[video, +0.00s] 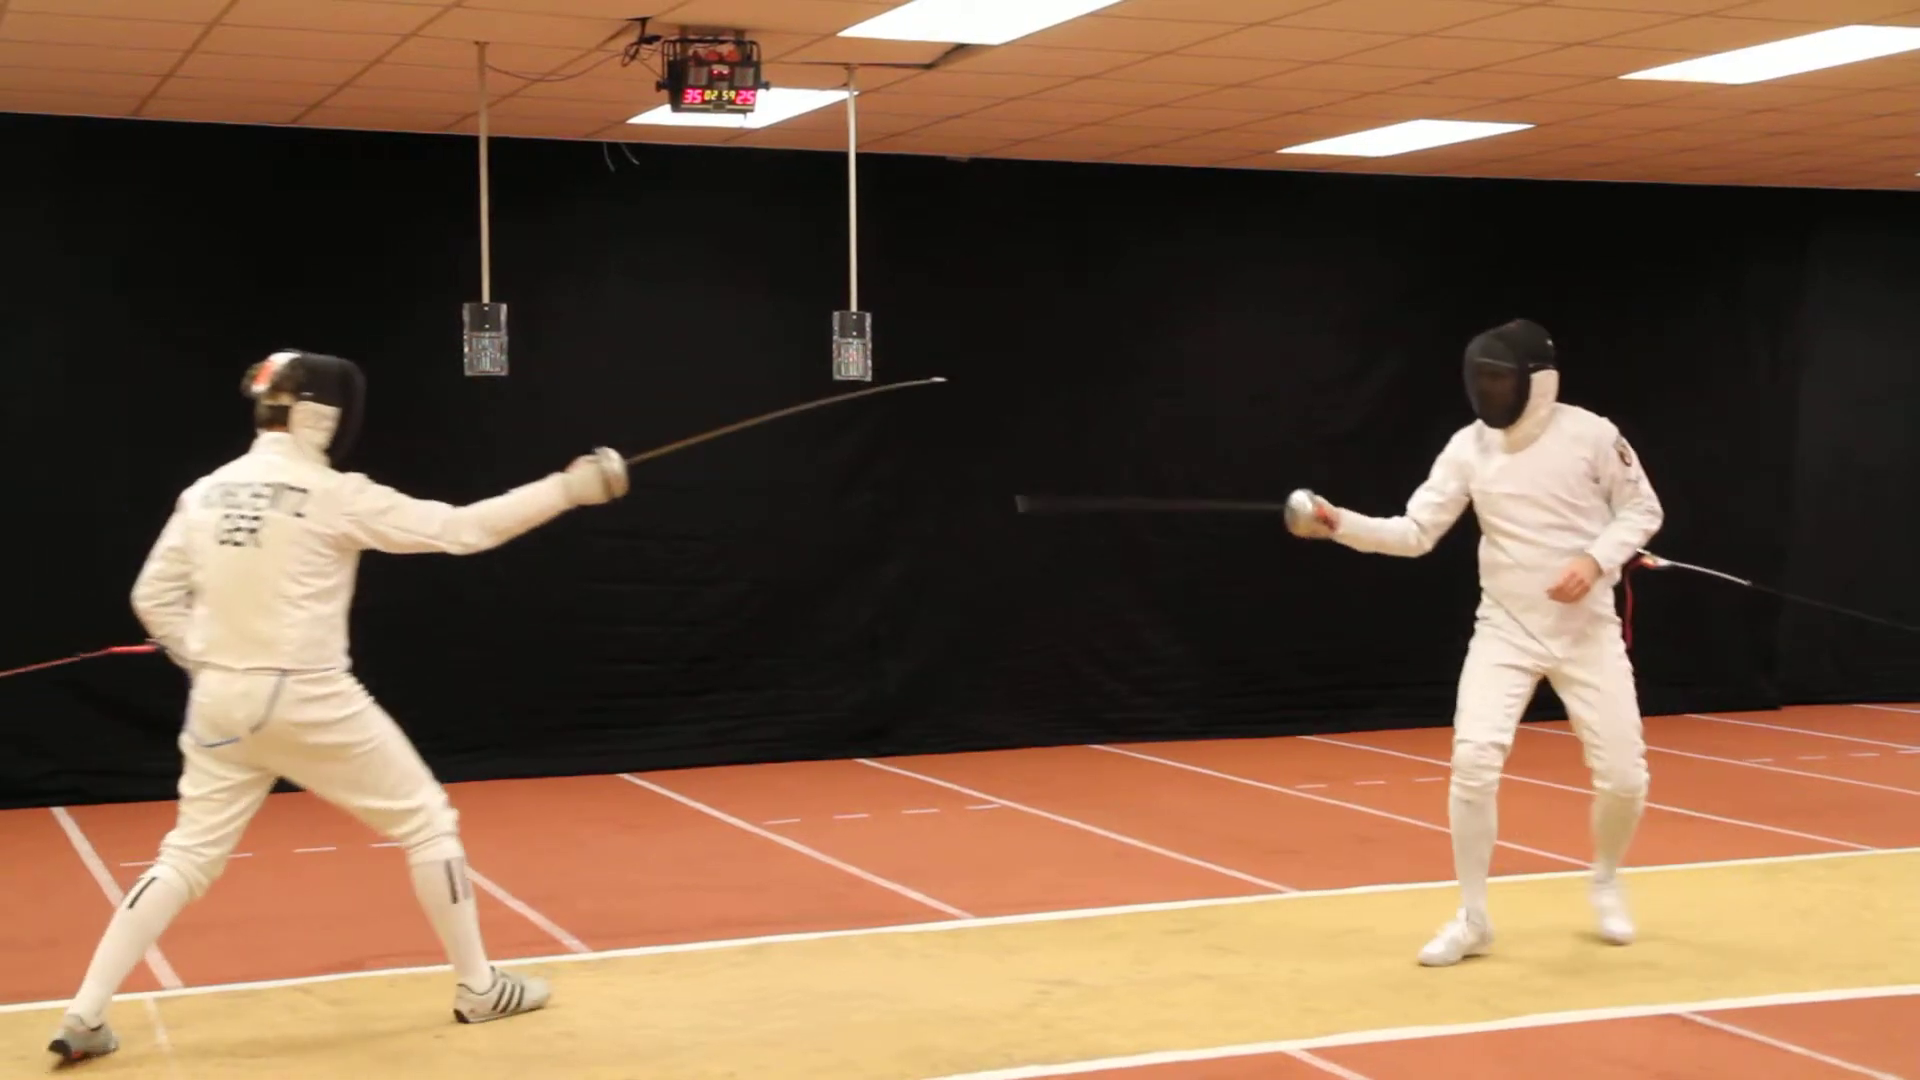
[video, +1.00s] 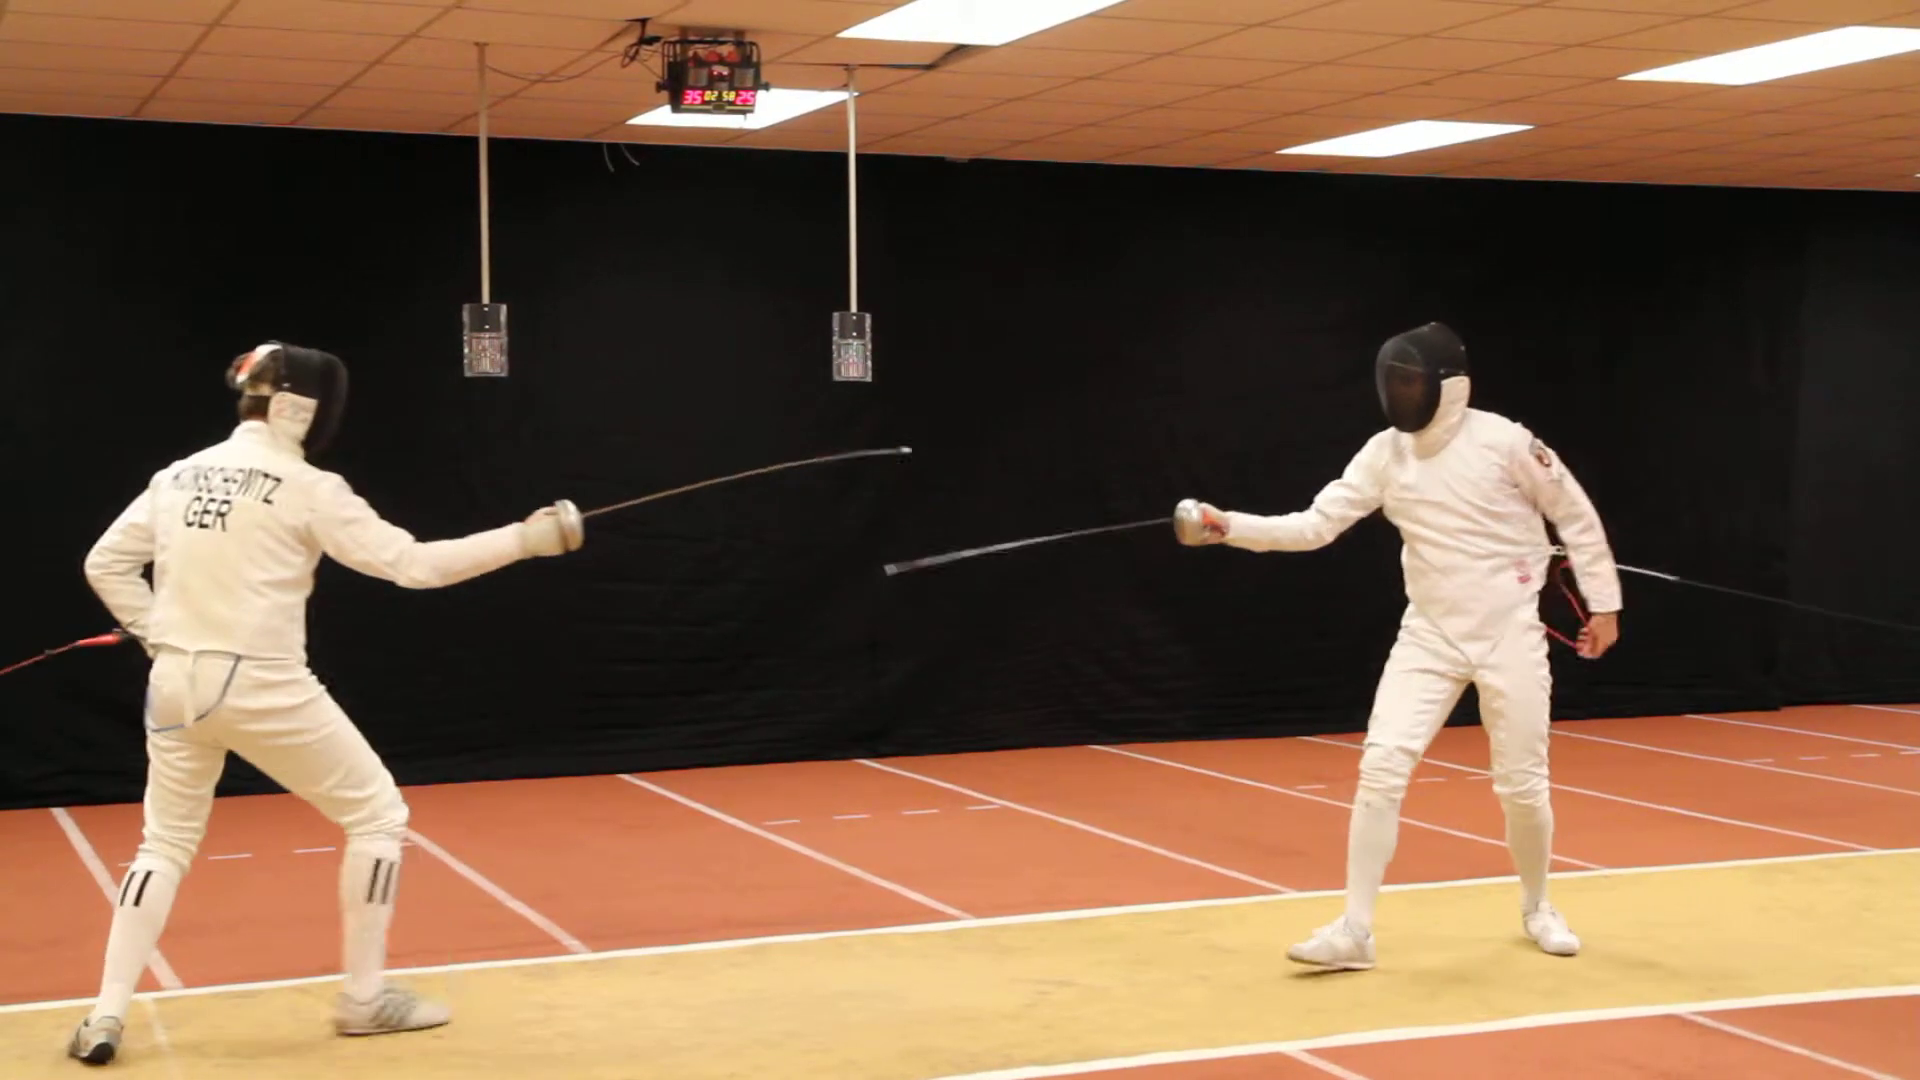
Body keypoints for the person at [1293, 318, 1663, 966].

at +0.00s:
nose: (1486, 390)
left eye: (1499, 378)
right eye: (1480, 377)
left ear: (1537, 380)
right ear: (1477, 380)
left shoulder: (1592, 437)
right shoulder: (1470, 449)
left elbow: (1643, 511)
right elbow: (1415, 533)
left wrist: (1595, 560)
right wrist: (1336, 522)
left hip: (1589, 634)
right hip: (1504, 630)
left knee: (1625, 781)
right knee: (1472, 765)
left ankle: (1606, 881)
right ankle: (1472, 917)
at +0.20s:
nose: (1452, 402)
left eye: (1465, 389)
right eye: (1446, 389)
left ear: (1504, 391)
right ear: (1440, 391)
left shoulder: (1560, 447)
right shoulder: (1436, 461)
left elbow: (1618, 517)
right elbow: (1368, 533)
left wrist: (1566, 580)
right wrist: (1291, 505)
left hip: (1559, 645)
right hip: (1473, 643)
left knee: (1577, 790)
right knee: (1423, 771)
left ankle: (1565, 904)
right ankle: (1370, 922)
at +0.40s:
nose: (1390, 415)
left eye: (1403, 403)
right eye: (1385, 402)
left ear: (1442, 406)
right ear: (1381, 404)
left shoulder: (1500, 465)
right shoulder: (1372, 473)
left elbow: (1557, 546)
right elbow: (1291, 519)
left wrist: (1561, 638)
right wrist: (1205, 505)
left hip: (1504, 658)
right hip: (1416, 659)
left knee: (1558, 801)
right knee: (1354, 774)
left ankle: (1562, 892)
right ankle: (1343, 935)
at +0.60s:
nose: (1355, 415)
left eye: (1370, 402)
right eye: (1351, 401)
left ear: (1411, 405)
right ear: (1346, 401)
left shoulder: (1464, 458)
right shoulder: (1340, 470)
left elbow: (1519, 530)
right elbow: (1268, 533)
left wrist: (1508, 618)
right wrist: (1180, 521)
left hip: (1479, 649)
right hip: (1393, 653)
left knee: (1534, 796)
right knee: (1334, 773)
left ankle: (1530, 902)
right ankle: (1342, 936)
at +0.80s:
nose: (1367, 404)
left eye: (1381, 390)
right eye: (1363, 390)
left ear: (1421, 393)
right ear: (1361, 393)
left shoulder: (1477, 450)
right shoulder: (1355, 465)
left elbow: (1528, 524)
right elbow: (1298, 546)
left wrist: (1515, 609)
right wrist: (1209, 550)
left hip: (1487, 644)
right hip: (1403, 647)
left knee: (1523, 796)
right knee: (1345, 772)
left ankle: (1540, 907)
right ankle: (1341, 937)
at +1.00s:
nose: (1398, 392)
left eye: (1412, 380)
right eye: (1394, 379)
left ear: (1452, 383)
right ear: (1392, 381)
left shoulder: (1506, 445)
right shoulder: (1385, 456)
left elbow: (1579, 519)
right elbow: (1315, 525)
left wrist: (1605, 607)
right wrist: (1229, 527)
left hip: (1512, 639)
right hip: (1427, 639)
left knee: (1523, 788)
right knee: (1381, 771)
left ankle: (1539, 908)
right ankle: (1355, 929)